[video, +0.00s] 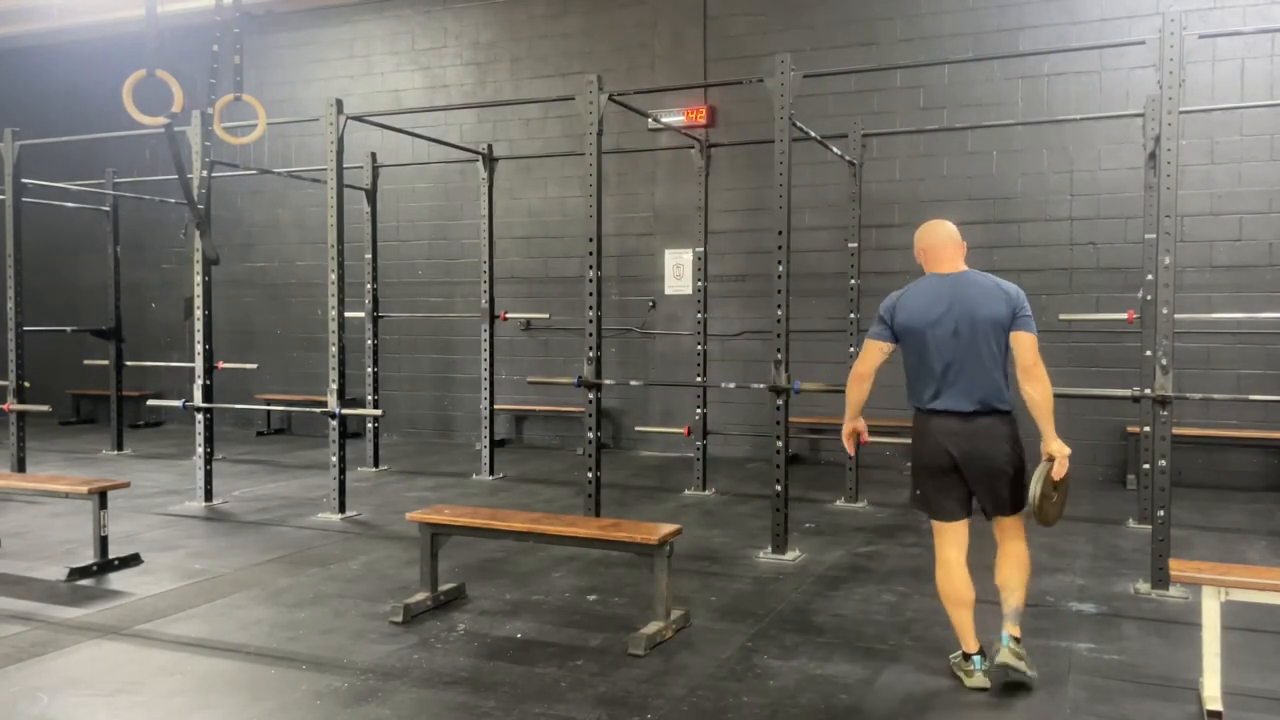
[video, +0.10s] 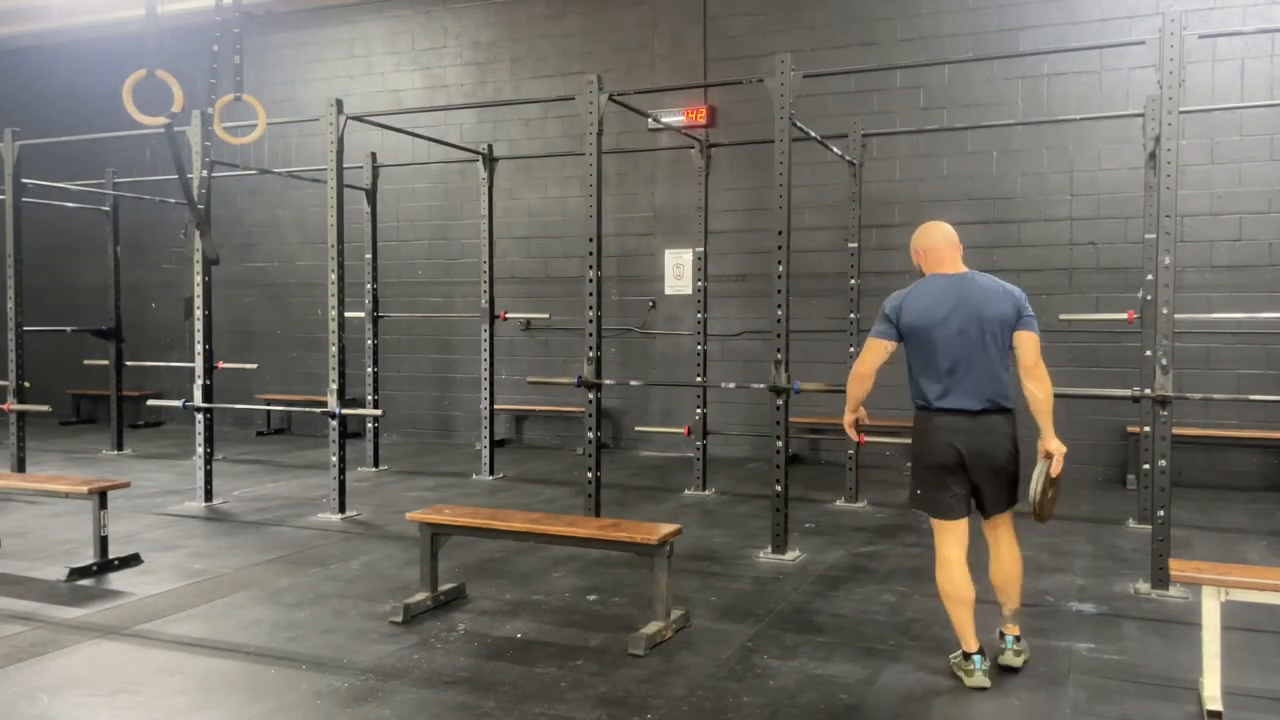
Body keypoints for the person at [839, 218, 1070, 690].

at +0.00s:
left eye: (919, 253)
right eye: (962, 245)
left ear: (919, 257)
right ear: (963, 249)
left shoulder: (900, 303)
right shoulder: (1008, 295)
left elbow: (863, 370)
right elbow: (1031, 373)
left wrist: (852, 415)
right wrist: (1050, 437)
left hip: (934, 439)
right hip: (993, 437)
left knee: (950, 548)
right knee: (1010, 535)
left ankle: (972, 657)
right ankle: (1010, 637)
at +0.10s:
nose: (914, 265)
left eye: (913, 258)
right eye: (916, 258)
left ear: (919, 257)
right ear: (961, 251)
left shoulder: (903, 303)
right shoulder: (1010, 296)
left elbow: (863, 371)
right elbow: (1033, 372)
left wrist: (852, 408)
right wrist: (1047, 433)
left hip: (937, 437)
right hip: (995, 434)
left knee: (950, 547)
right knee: (1000, 529)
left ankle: (972, 656)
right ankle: (1011, 636)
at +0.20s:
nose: (913, 271)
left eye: (911, 265)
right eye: (911, 265)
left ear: (922, 257)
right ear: (956, 250)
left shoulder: (909, 302)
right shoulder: (1010, 298)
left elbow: (871, 372)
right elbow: (1033, 371)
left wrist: (852, 408)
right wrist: (1043, 429)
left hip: (939, 434)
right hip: (995, 433)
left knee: (950, 548)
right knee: (993, 531)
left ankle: (972, 657)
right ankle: (992, 621)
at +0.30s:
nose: (913, 274)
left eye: (911, 267)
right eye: (911, 268)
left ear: (921, 258)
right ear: (954, 251)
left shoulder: (915, 302)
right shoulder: (1009, 300)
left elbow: (883, 371)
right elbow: (1032, 371)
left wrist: (857, 413)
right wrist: (1037, 429)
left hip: (941, 432)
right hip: (994, 432)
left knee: (951, 547)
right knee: (985, 530)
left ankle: (974, 656)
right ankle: (978, 620)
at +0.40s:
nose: (912, 276)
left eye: (910, 269)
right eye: (910, 269)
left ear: (923, 258)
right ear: (951, 253)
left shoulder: (921, 301)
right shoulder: (1005, 301)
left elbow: (898, 367)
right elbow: (1029, 373)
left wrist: (864, 421)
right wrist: (1028, 427)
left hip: (944, 431)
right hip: (995, 430)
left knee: (949, 543)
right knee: (979, 527)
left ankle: (974, 650)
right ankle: (973, 621)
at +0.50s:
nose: (909, 277)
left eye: (908, 268)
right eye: (906, 270)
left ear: (923, 256)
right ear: (949, 253)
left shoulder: (926, 297)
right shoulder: (1002, 300)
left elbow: (908, 365)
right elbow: (1022, 371)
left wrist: (873, 421)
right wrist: (1016, 423)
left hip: (943, 426)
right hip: (991, 426)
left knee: (932, 531)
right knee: (978, 525)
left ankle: (971, 634)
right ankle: (969, 621)